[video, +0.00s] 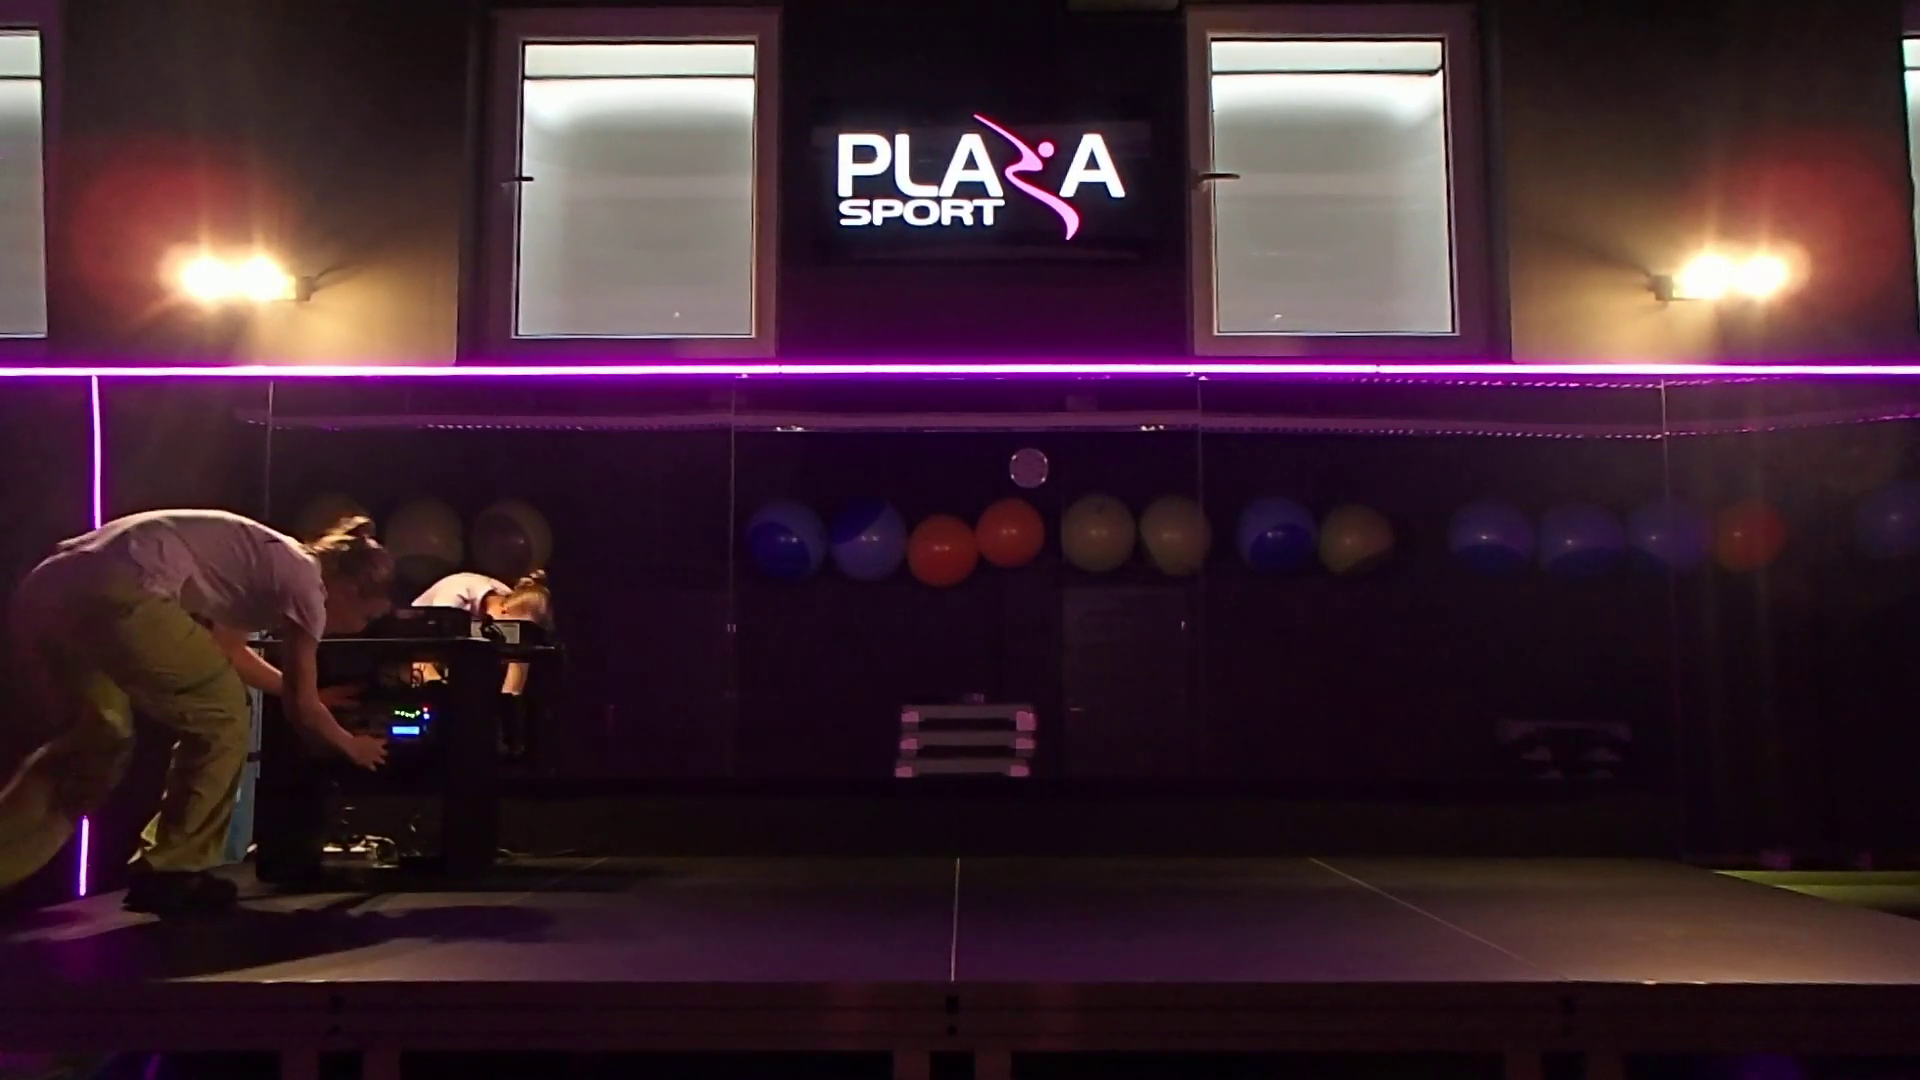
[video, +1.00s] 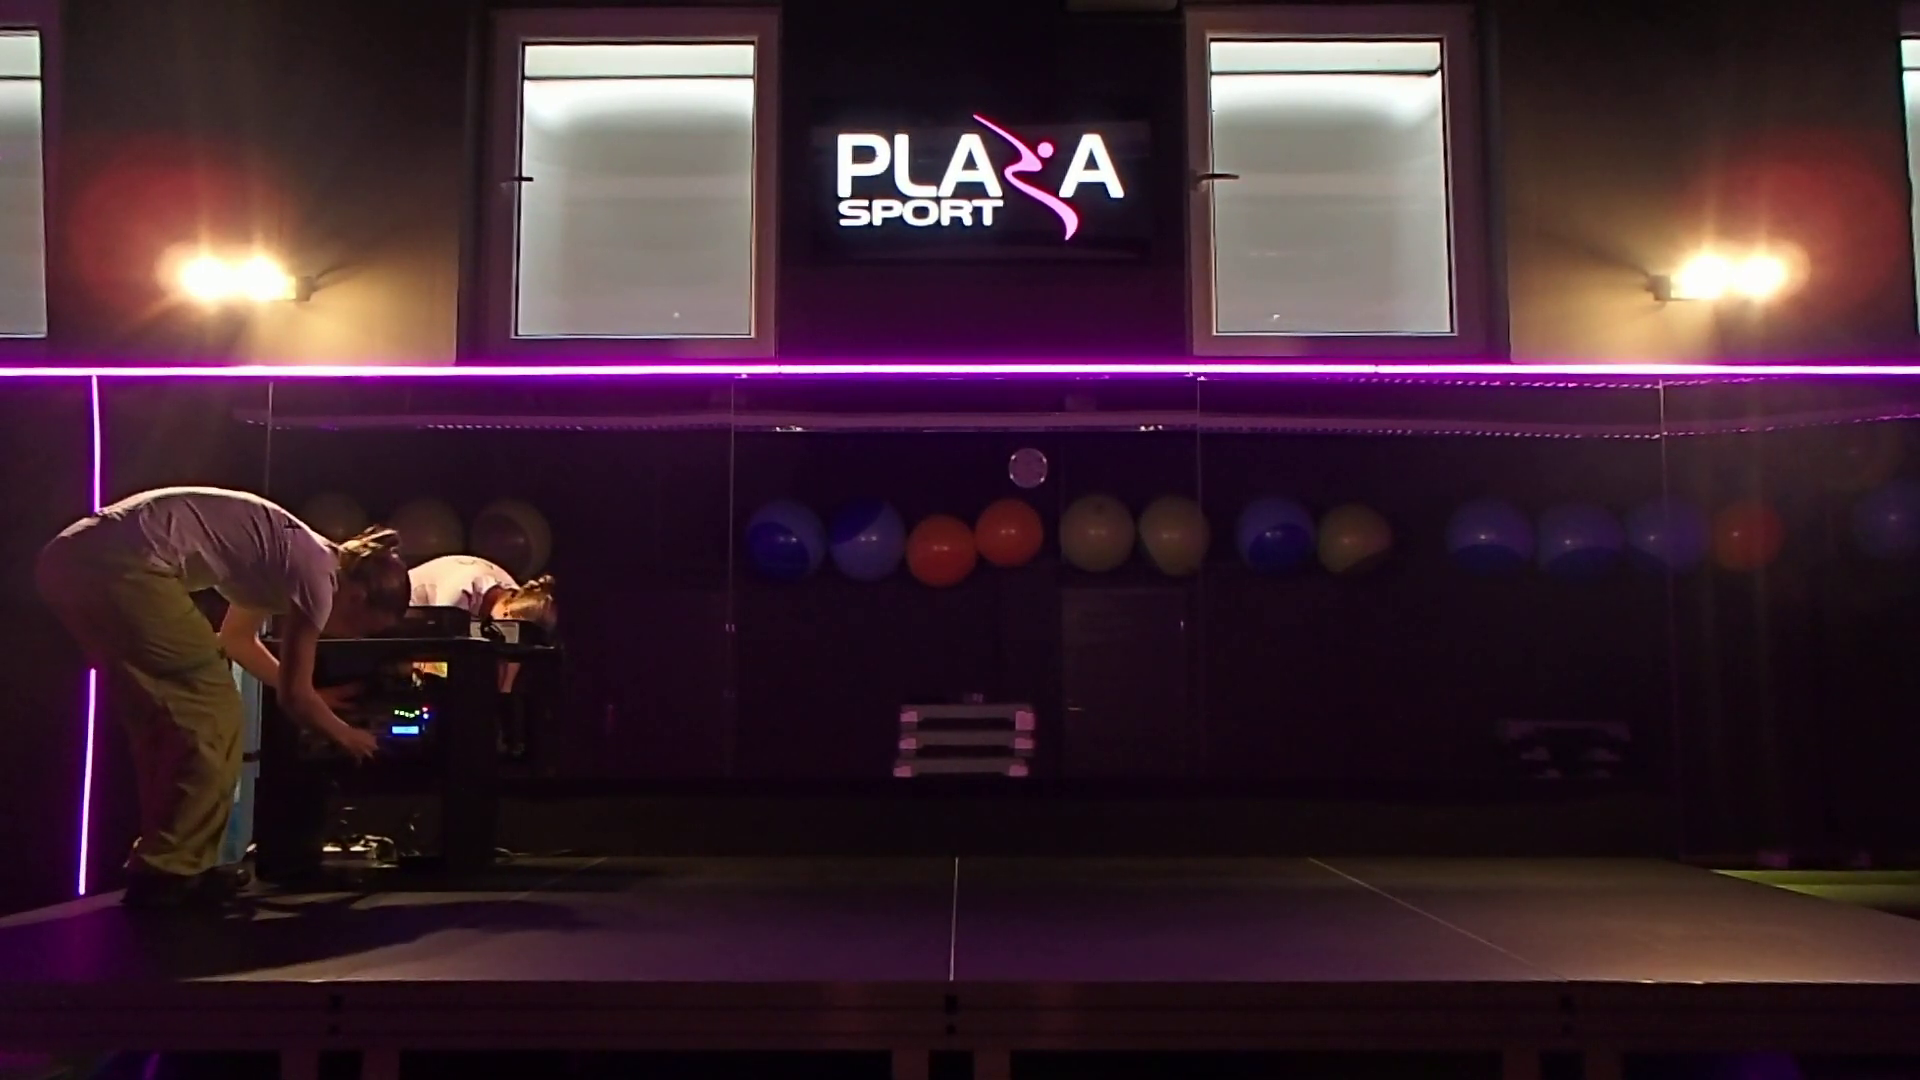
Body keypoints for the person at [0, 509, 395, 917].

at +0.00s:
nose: (358, 628)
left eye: (369, 620)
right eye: (366, 616)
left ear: (340, 570)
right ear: (349, 588)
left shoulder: (256, 567)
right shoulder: (305, 584)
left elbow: (226, 645)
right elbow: (303, 705)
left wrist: (299, 694)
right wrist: (350, 744)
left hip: (48, 587)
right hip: (123, 591)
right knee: (222, 715)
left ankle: (1, 864)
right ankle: (170, 872)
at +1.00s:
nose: (354, 633)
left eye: (367, 630)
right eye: (365, 624)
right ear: (354, 592)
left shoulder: (277, 560)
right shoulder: (315, 572)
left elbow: (236, 638)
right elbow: (297, 695)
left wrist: (299, 689)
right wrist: (344, 734)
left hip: (79, 559)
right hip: (123, 563)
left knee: (161, 710)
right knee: (214, 701)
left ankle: (163, 862)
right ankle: (173, 869)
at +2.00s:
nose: (380, 602)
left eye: (392, 596)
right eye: (389, 591)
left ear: (372, 554)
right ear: (374, 562)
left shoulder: (301, 539)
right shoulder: (317, 555)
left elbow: (254, 627)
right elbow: (314, 672)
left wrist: (309, 687)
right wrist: (361, 727)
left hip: (111, 547)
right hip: (108, 550)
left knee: (181, 696)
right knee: (182, 697)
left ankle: (177, 868)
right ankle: (168, 874)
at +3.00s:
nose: (380, 619)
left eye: (391, 615)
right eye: (390, 609)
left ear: (379, 571)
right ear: (380, 576)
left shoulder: (297, 552)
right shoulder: (338, 555)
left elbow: (248, 634)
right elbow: (342, 675)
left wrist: (314, 691)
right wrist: (394, 725)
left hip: (115, 543)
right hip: (132, 547)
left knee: (188, 697)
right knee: (197, 697)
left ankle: (168, 866)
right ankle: (169, 869)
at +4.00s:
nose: (376, 610)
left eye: (388, 607)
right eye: (386, 601)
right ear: (377, 570)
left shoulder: (302, 539)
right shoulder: (333, 550)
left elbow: (254, 626)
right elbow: (327, 669)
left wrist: (310, 686)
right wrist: (384, 727)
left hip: (107, 543)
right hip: (125, 548)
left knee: (178, 697)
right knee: (192, 698)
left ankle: (169, 865)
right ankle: (170, 869)